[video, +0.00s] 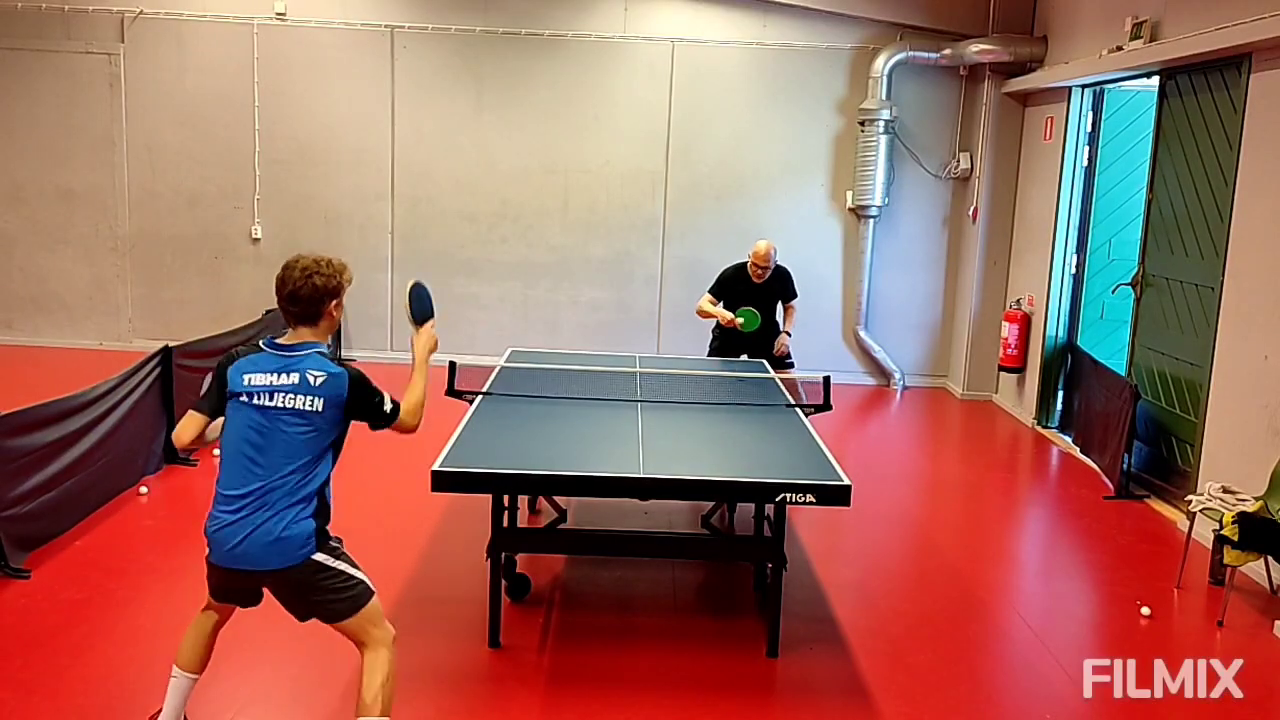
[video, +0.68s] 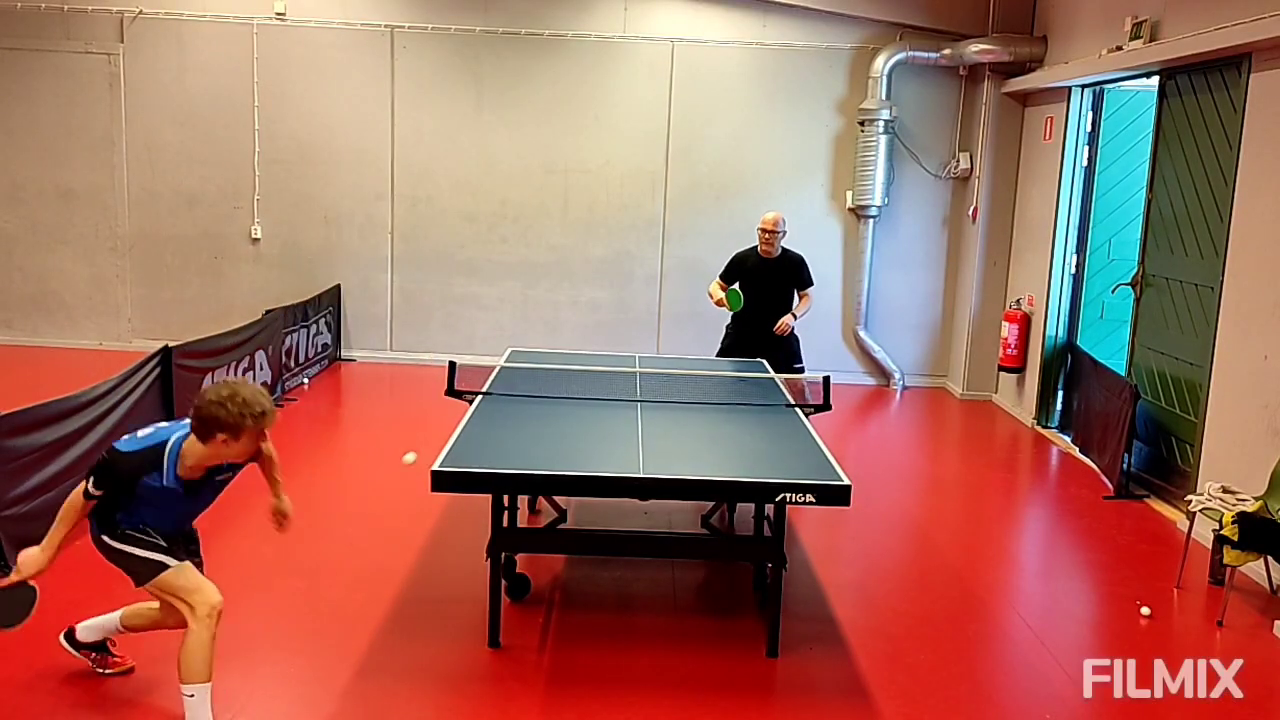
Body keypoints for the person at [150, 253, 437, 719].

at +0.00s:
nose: (344, 307)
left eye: (342, 298)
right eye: (342, 300)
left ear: (284, 307)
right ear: (332, 309)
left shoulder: (237, 366)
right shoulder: (341, 379)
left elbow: (184, 438)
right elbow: (409, 420)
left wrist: (226, 425)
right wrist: (423, 355)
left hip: (227, 543)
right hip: (295, 547)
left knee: (214, 610)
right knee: (377, 640)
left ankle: (169, 714)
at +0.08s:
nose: (347, 310)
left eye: (346, 302)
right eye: (346, 303)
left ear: (288, 308)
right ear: (335, 313)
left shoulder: (237, 361)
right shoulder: (335, 385)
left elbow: (190, 429)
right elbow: (383, 450)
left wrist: (247, 434)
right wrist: (415, 396)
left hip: (205, 533)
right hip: (273, 542)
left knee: (202, 607)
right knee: (357, 638)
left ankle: (165, 714)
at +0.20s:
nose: (357, 317)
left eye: (357, 308)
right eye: (357, 309)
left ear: (300, 304)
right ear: (345, 318)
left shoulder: (265, 328)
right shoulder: (303, 392)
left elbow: (255, 383)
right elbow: (307, 483)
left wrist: (310, 396)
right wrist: (380, 492)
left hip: (157, 491)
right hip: (200, 512)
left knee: (187, 592)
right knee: (290, 615)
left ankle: (151, 710)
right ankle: (281, 716)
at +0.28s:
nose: (354, 333)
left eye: (354, 324)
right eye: (355, 325)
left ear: (301, 318)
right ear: (341, 334)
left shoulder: (271, 339)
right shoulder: (283, 405)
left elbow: (282, 385)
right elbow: (271, 499)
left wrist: (325, 406)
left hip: (152, 477)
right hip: (179, 506)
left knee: (191, 580)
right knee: (264, 614)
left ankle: (127, 687)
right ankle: (218, 716)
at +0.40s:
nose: (334, 393)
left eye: (334, 385)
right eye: (333, 387)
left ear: (281, 373)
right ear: (313, 396)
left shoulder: (272, 391)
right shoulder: (227, 448)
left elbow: (308, 415)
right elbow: (178, 523)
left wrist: (351, 450)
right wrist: (152, 605)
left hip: (172, 498)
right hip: (143, 511)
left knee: (180, 579)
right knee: (238, 616)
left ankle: (89, 655)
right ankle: (212, 714)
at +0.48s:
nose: (317, 423)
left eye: (318, 416)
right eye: (316, 417)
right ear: (294, 426)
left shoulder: (271, 423)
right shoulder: (196, 467)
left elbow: (323, 445)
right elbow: (135, 525)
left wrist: (351, 478)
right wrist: (91, 583)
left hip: (178, 508)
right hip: (136, 518)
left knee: (176, 593)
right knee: (226, 613)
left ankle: (88, 642)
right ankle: (208, 715)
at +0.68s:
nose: (262, 444)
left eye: (262, 436)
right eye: (255, 438)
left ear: (226, 440)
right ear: (223, 441)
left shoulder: (234, 445)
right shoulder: (133, 457)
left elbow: (263, 446)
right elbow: (83, 497)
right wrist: (45, 553)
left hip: (177, 528)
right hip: (123, 528)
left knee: (178, 615)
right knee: (207, 605)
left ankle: (85, 636)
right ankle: (200, 715)